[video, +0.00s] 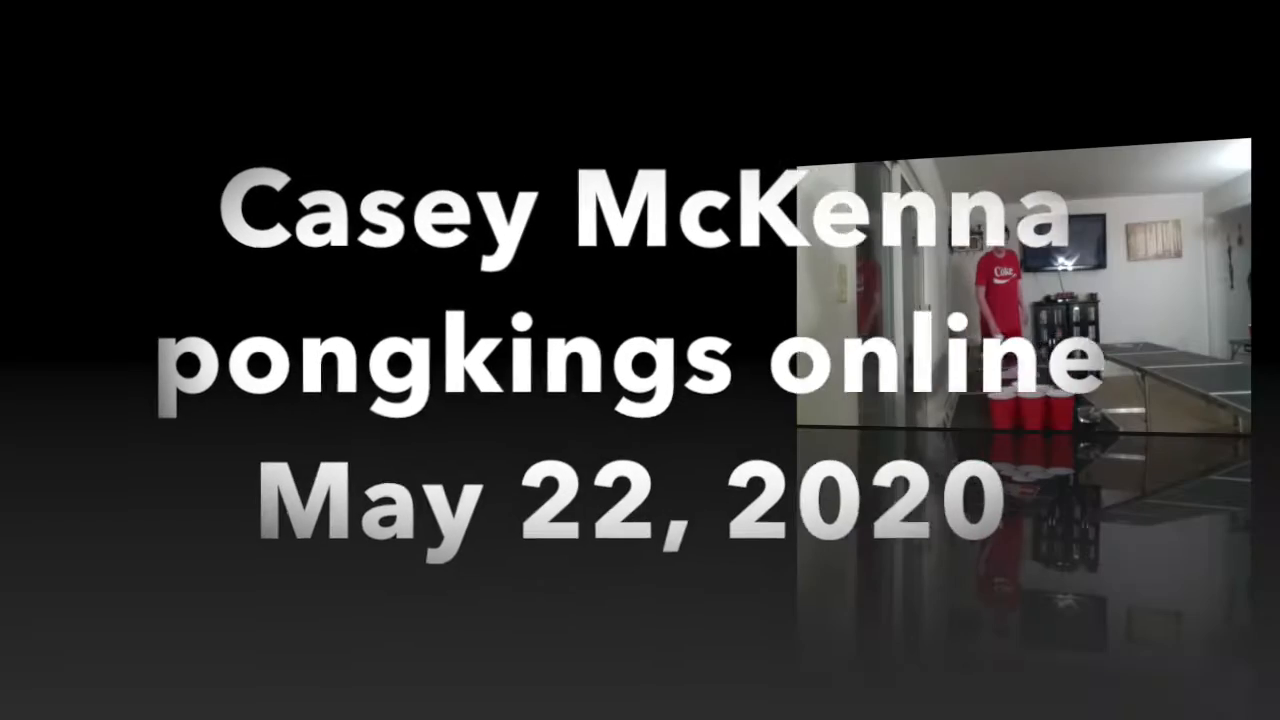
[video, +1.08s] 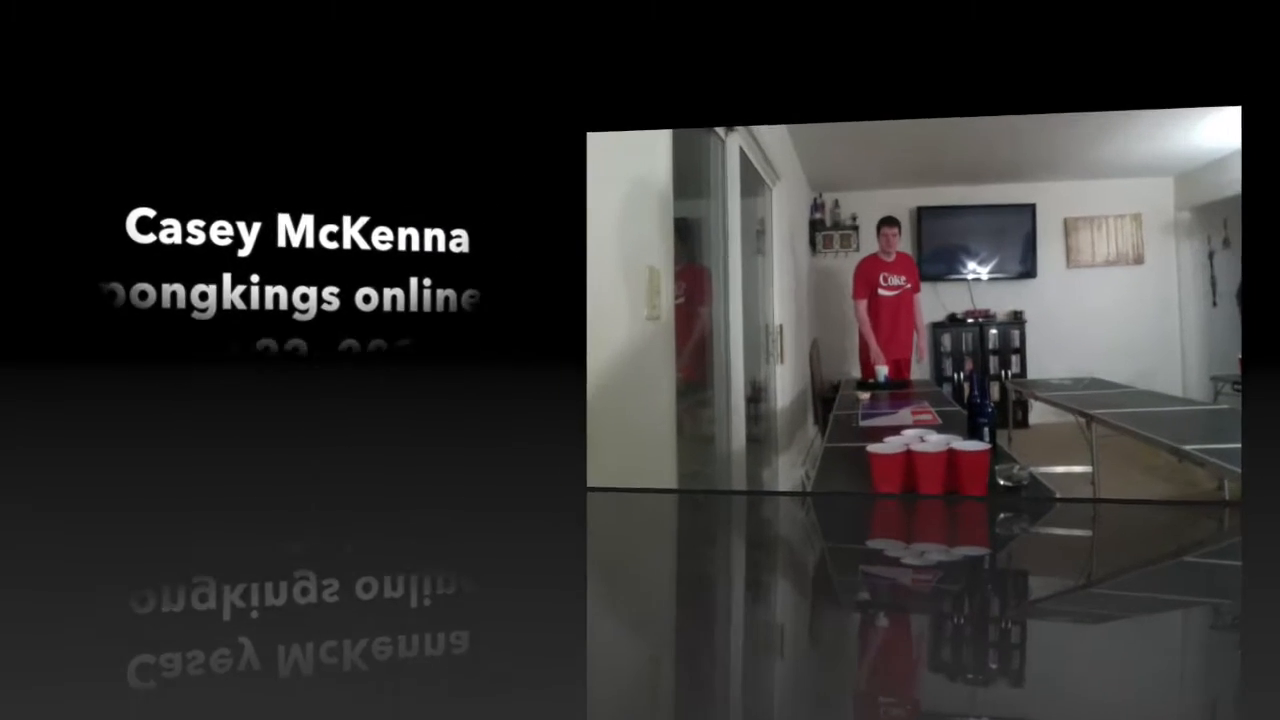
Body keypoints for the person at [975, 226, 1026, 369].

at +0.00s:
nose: (999, 243)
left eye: (1002, 239)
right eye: (995, 239)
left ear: (1006, 238)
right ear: (990, 240)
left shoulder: (1012, 257)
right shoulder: (985, 261)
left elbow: (1018, 285)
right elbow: (980, 295)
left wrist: (1023, 309)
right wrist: (992, 325)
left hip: (1013, 322)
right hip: (994, 324)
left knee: (1014, 363)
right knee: (994, 365)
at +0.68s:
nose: (983, 243)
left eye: (986, 239)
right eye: (979, 239)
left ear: (990, 240)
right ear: (975, 241)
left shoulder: (996, 259)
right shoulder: (965, 262)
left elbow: (1001, 288)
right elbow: (958, 294)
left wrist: (1005, 313)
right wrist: (969, 319)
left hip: (991, 323)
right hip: (971, 324)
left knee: (991, 364)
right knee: (971, 365)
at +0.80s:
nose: (962, 242)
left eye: (966, 238)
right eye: (959, 238)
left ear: (970, 240)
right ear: (953, 240)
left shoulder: (976, 260)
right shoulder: (943, 263)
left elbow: (982, 291)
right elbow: (937, 298)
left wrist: (987, 320)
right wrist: (947, 325)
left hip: (971, 328)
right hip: (950, 329)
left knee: (971, 371)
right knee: (952, 372)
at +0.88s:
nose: (945, 242)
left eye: (949, 238)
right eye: (941, 238)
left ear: (954, 240)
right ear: (936, 240)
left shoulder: (960, 261)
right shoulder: (924, 263)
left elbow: (966, 294)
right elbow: (919, 300)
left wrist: (971, 325)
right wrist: (929, 331)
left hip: (955, 332)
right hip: (933, 333)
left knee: (954, 378)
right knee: (934, 378)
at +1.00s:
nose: (914, 241)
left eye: (918, 236)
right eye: (909, 236)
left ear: (923, 239)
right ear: (903, 238)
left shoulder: (931, 262)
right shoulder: (891, 265)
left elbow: (938, 299)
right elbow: (886, 306)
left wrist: (943, 332)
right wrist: (898, 340)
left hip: (925, 340)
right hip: (900, 342)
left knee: (924, 391)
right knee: (902, 391)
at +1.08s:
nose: (889, 240)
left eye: (894, 235)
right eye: (885, 235)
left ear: (899, 238)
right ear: (878, 238)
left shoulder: (908, 263)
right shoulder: (866, 266)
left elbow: (916, 302)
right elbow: (861, 312)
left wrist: (921, 337)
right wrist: (873, 348)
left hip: (903, 348)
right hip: (876, 350)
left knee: (902, 401)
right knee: (877, 403)